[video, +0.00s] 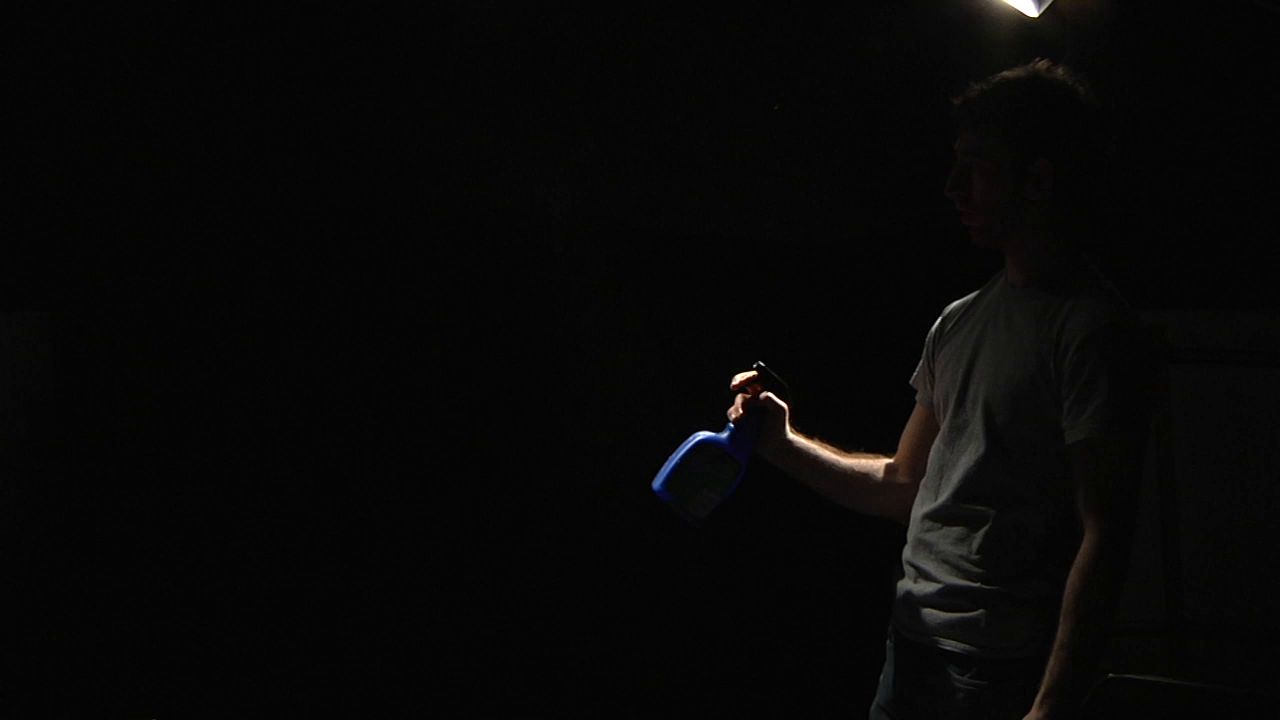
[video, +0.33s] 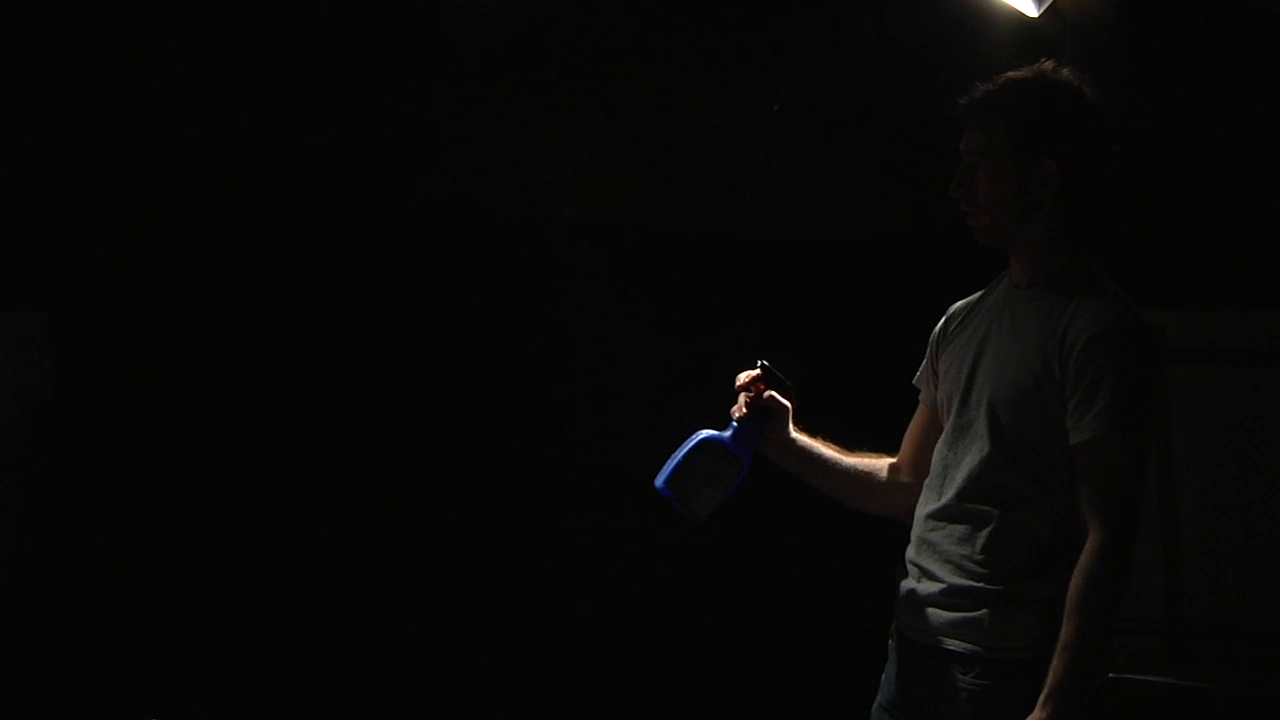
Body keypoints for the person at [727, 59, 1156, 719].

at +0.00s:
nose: (956, 183)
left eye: (976, 162)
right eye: (959, 162)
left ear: (1036, 176)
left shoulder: (1095, 327)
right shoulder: (958, 322)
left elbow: (1106, 531)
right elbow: (905, 484)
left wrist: (1052, 701)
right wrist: (784, 441)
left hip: (1007, 661)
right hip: (914, 643)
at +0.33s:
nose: (960, 183)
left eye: (982, 163)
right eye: (964, 162)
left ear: (1040, 175)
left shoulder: (1096, 326)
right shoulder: (961, 322)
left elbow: (1109, 532)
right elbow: (907, 485)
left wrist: (1056, 700)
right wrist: (787, 439)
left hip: (1008, 658)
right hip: (917, 642)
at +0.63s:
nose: (967, 184)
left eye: (988, 164)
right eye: (970, 163)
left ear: (1049, 178)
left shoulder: (1104, 328)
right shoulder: (967, 322)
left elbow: (1117, 534)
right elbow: (911, 484)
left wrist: (1064, 700)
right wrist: (794, 439)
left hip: (1012, 660)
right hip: (919, 641)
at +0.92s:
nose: (973, 183)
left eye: (995, 163)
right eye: (977, 163)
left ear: (1053, 178)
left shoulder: (1107, 326)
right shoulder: (971, 321)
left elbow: (1120, 531)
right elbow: (913, 482)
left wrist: (1071, 699)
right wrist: (795, 438)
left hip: (1015, 657)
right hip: (922, 639)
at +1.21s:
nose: (972, 183)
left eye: (994, 163)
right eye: (976, 162)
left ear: (1052, 178)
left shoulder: (1106, 325)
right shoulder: (968, 321)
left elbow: (1117, 532)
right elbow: (910, 482)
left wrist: (1065, 700)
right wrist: (791, 435)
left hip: (1014, 655)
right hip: (920, 638)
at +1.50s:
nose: (966, 182)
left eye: (987, 161)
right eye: (969, 160)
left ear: (1046, 176)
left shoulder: (1099, 326)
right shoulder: (963, 322)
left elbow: (1112, 533)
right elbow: (907, 484)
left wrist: (1061, 701)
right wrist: (787, 436)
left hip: (1007, 658)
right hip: (917, 640)